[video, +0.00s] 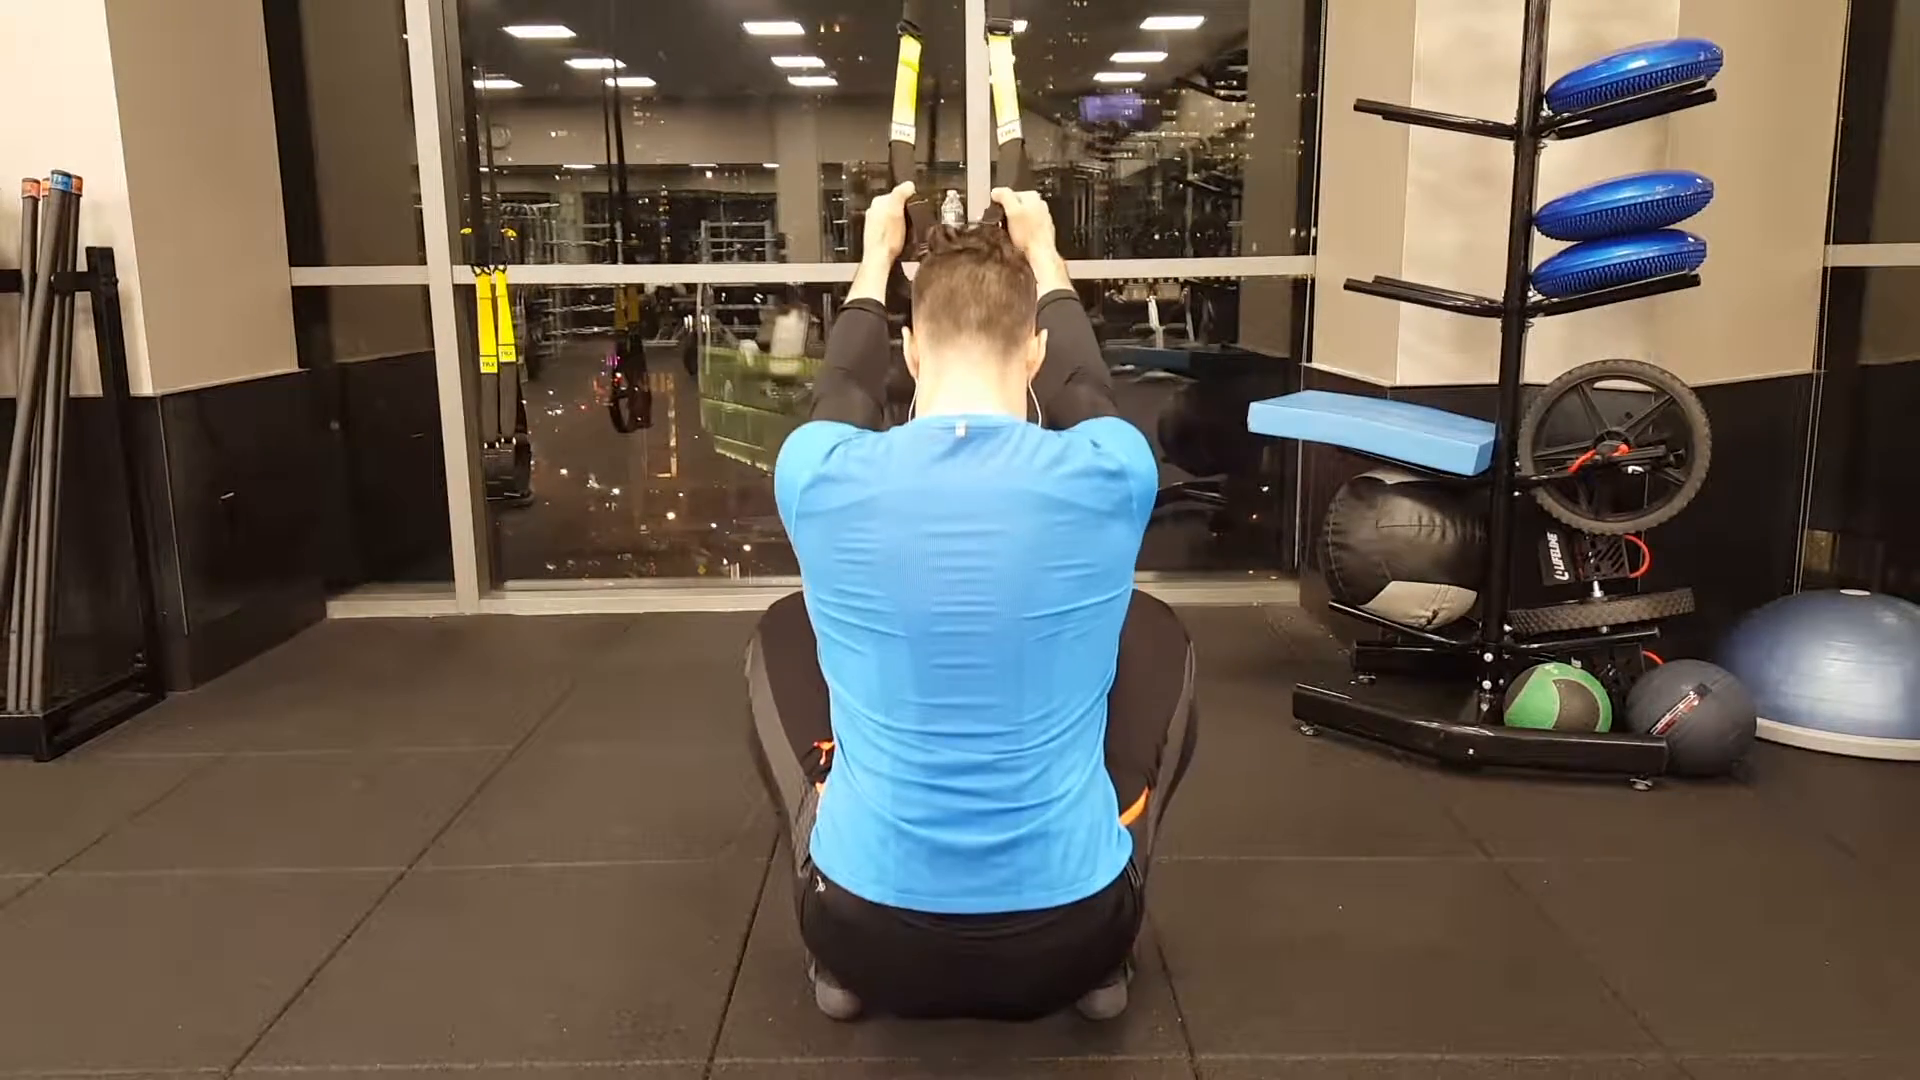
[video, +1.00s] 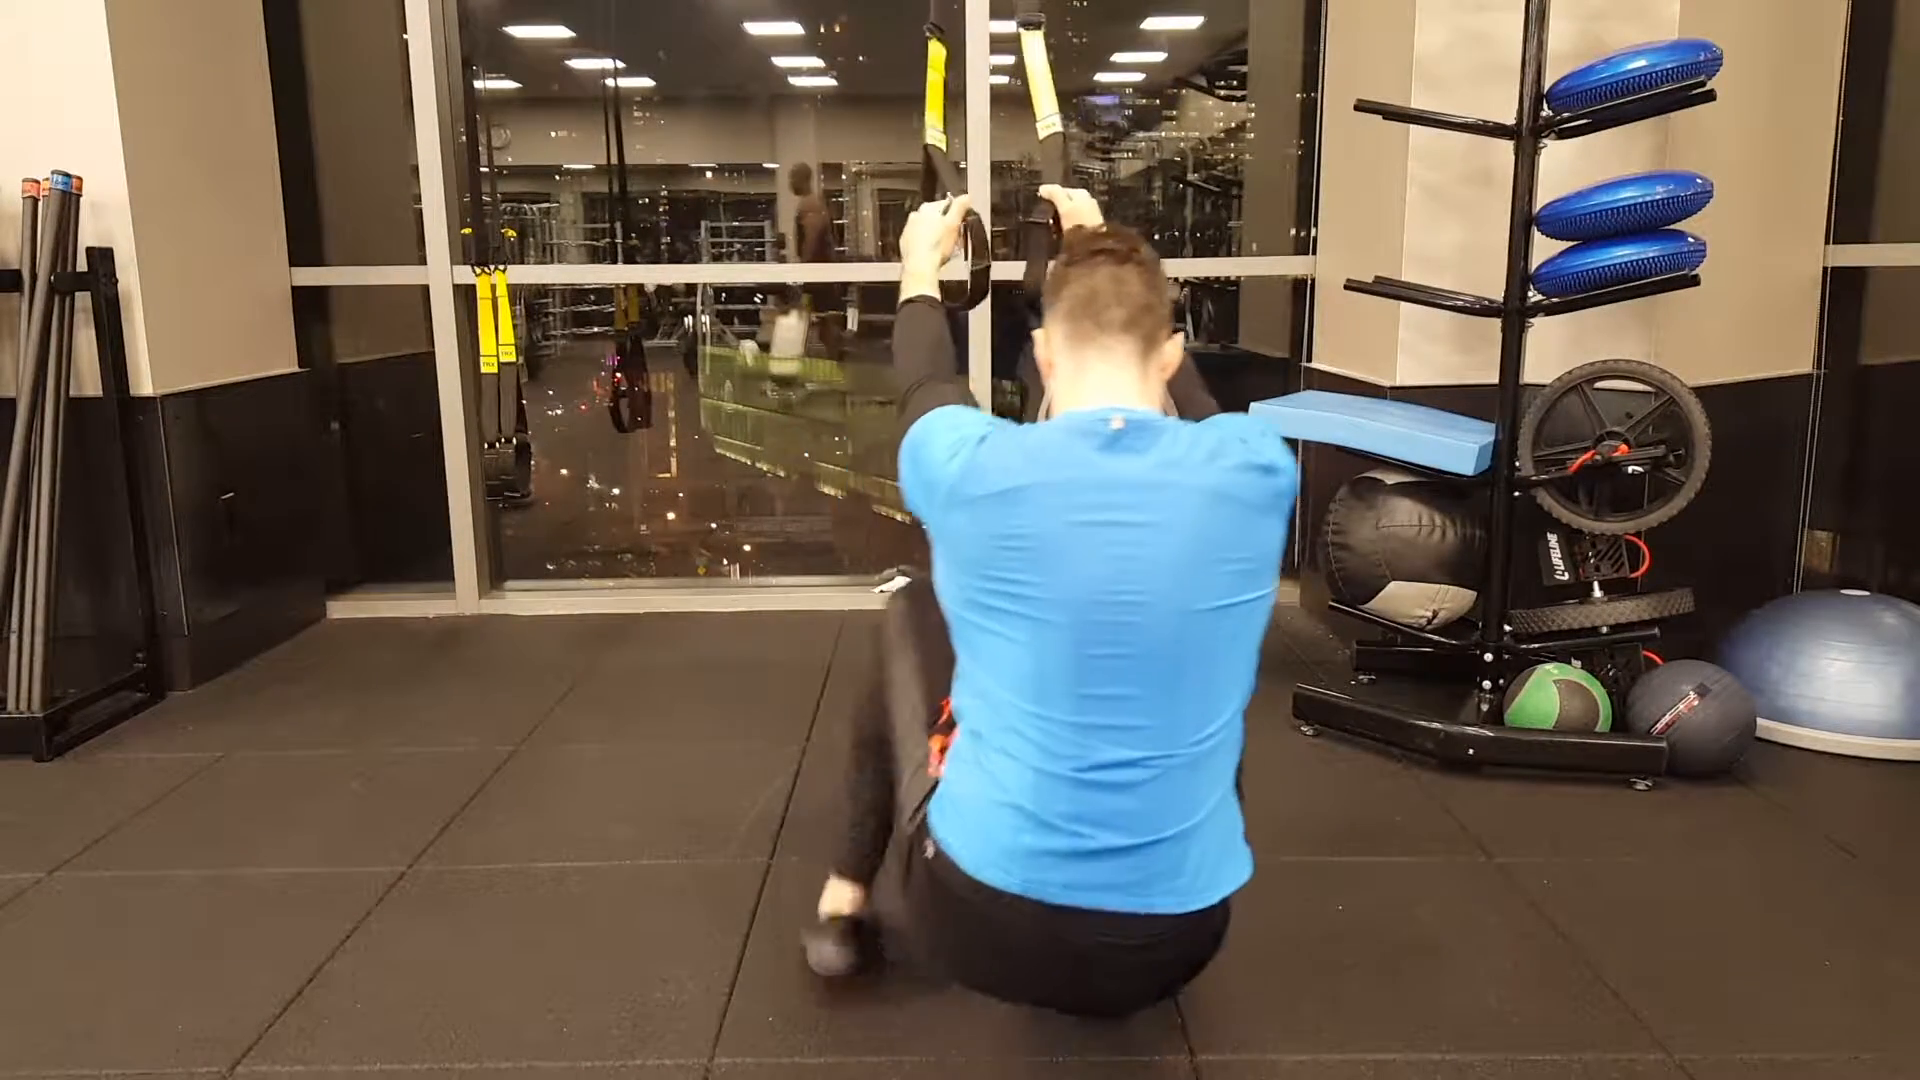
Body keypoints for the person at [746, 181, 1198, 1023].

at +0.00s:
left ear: (910, 353)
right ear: (1034, 353)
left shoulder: (819, 480)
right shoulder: (1112, 477)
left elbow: (848, 385)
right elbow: (1082, 381)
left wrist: (872, 267)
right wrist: (1048, 263)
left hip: (875, 946)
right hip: (1059, 949)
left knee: (843, 737)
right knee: (1137, 641)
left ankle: (836, 967)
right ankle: (1106, 966)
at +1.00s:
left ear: (1041, 357)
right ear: (1169, 358)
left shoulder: (975, 471)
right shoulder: (1256, 475)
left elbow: (928, 378)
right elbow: (1181, 396)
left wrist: (916, 271)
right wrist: (1102, 256)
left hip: (988, 930)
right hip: (1171, 945)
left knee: (910, 603)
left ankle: (845, 896)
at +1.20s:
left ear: (1096, 339)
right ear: (1224, 347)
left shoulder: (1019, 454)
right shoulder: (1305, 471)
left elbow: (955, 365)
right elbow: (1216, 368)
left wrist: (947, 262)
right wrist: (1145, 238)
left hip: (1019, 933)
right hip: (1201, 948)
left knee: (962, 622)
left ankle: (845, 787)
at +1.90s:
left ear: (1120, 377)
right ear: (1250, 386)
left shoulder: (1043, 503)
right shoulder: (1327, 505)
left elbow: (1003, 384)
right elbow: (1238, 403)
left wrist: (987, 265)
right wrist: (1167, 267)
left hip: (1069, 971)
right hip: (1247, 976)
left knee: (1020, 637)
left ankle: (987, 748)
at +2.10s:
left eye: (1132, 308)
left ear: (1130, 319)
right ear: (1262, 327)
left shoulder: (1056, 441)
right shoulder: (1343, 447)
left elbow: (992, 386)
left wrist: (996, 259)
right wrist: (1173, 248)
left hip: (1082, 919)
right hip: (1256, 923)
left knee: (1024, 648)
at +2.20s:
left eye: (1134, 247)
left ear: (1137, 253)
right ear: (1267, 258)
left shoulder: (1057, 366)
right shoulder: (1354, 379)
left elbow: (985, 357)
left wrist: (992, 254)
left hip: (1086, 843)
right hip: (1262, 859)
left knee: (1029, 646)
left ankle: (1106, 936)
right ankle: (1117, 930)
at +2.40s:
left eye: (1150, 110)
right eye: (1277, 115)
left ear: (1146, 117)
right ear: (1275, 120)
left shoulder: (1058, 218)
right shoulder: (1361, 234)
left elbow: (982, 353)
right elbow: (1331, 386)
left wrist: (1024, 209)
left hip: (1082, 681)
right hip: (1262, 707)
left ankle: (983, 693)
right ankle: (1111, 940)